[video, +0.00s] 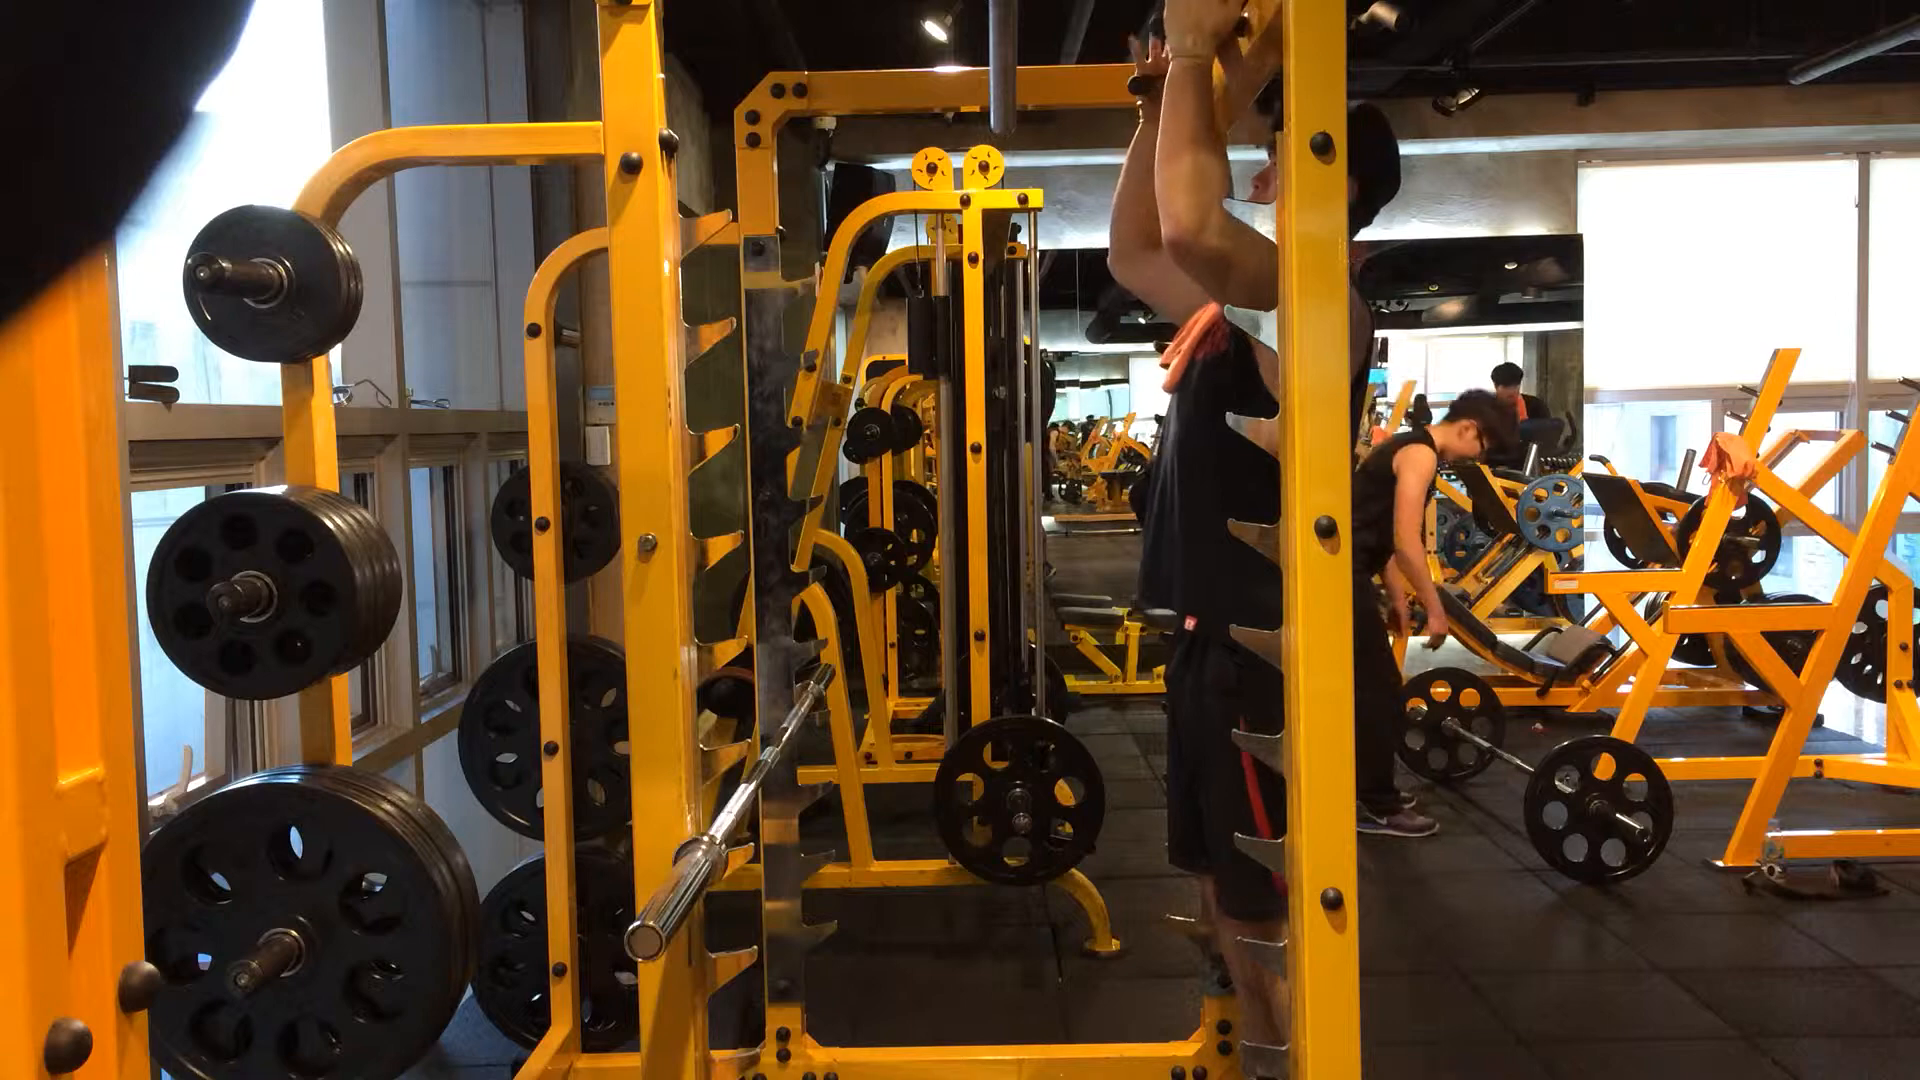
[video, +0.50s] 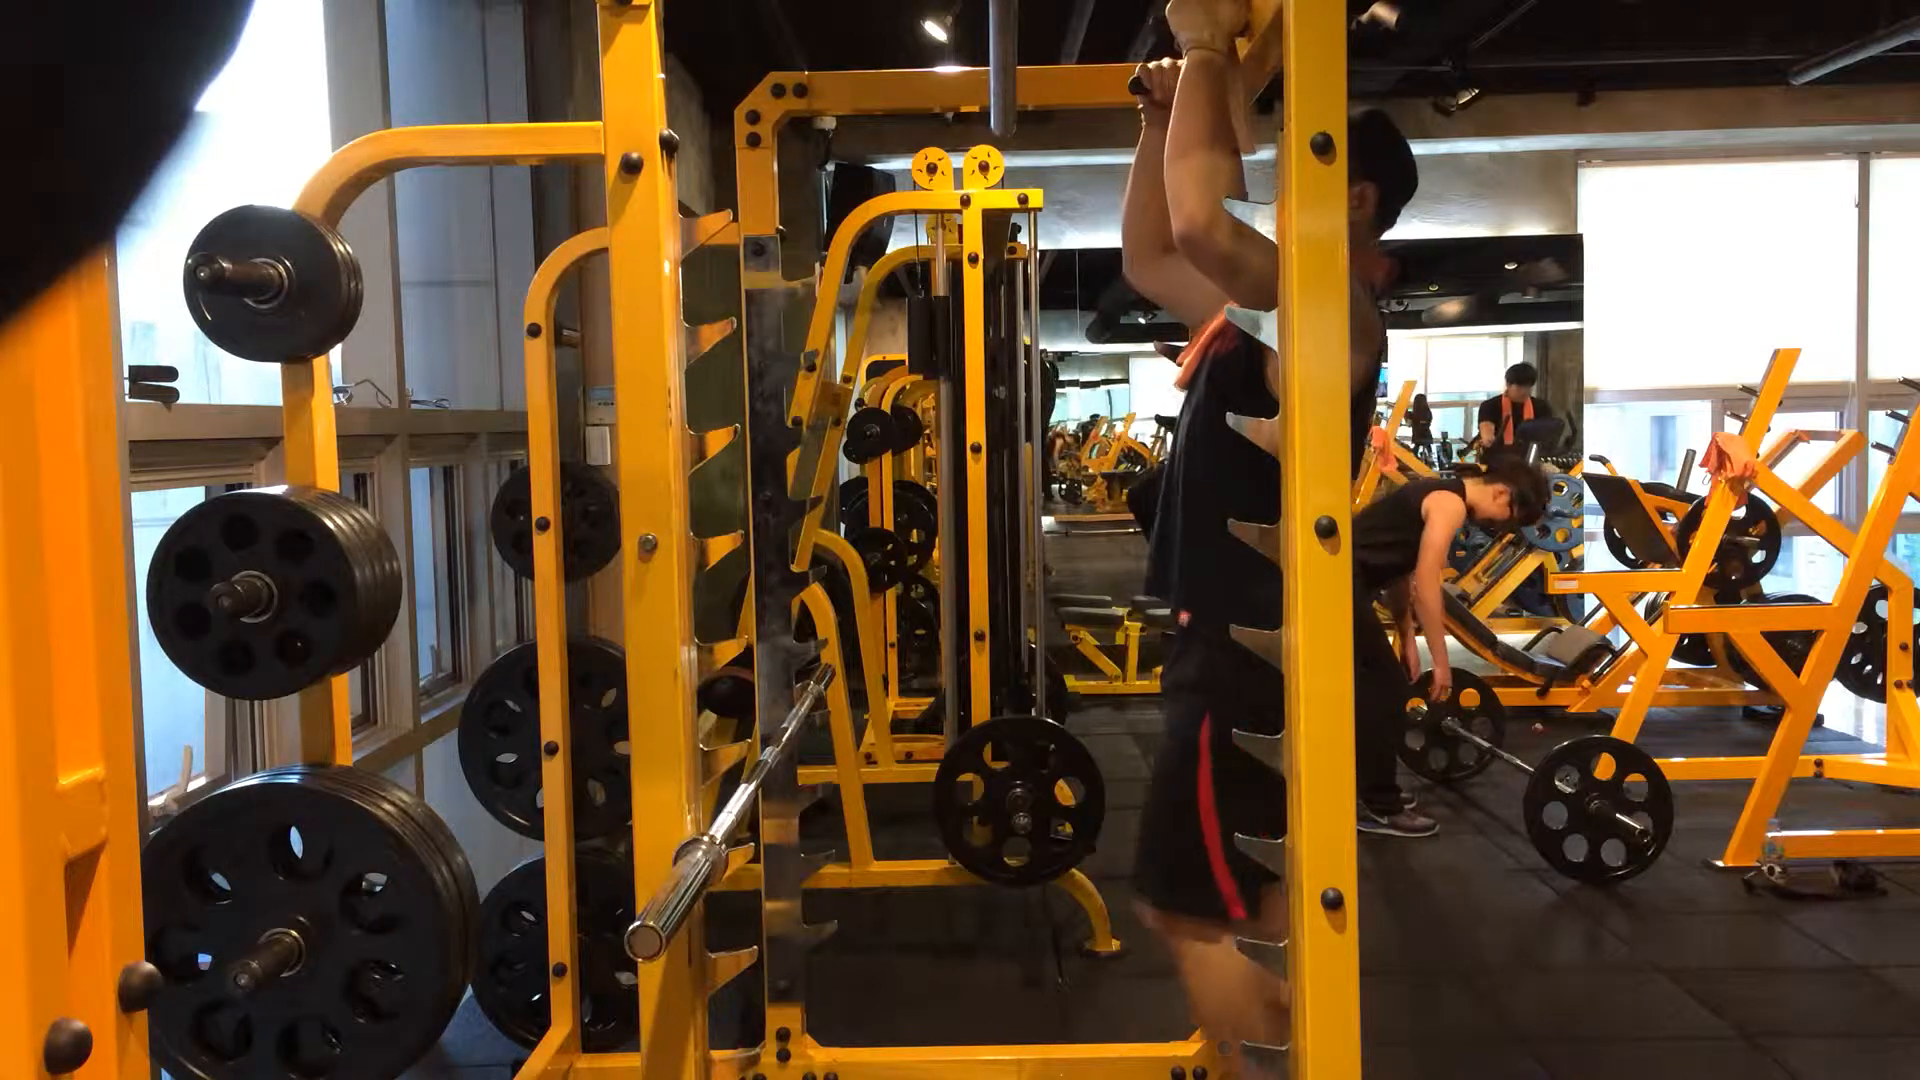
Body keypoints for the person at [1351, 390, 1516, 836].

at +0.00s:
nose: (1475, 458)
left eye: (1481, 452)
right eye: (1481, 447)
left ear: (1459, 425)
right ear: (1467, 426)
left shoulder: (1407, 448)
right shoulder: (1420, 453)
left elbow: (1381, 535)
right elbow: (1406, 540)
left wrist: (1397, 597)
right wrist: (1434, 608)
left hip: (1349, 574)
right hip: (1344, 576)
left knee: (1376, 682)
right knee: (1381, 685)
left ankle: (1375, 785)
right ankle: (1377, 801)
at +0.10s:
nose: (1478, 473)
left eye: (1486, 468)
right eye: (1486, 464)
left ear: (1475, 441)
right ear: (1478, 442)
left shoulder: (1416, 457)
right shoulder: (1426, 464)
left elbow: (1389, 544)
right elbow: (1410, 549)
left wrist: (1397, 606)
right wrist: (1436, 618)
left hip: (1350, 581)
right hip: (1344, 583)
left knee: (1378, 686)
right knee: (1384, 690)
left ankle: (1375, 790)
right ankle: (1377, 802)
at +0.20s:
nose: (1485, 487)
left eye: (1493, 483)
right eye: (1493, 479)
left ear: (1483, 455)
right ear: (1485, 457)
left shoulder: (1425, 464)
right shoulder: (1433, 473)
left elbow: (1395, 554)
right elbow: (1415, 557)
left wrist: (1401, 615)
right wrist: (1436, 626)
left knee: (1379, 686)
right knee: (1383, 688)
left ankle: (1373, 794)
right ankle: (1378, 801)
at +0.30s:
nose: (1489, 501)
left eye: (1498, 498)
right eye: (1497, 494)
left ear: (1489, 467)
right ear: (1491, 470)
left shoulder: (1430, 472)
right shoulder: (1440, 483)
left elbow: (1394, 559)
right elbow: (1419, 567)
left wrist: (1404, 623)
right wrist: (1437, 638)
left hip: (1349, 582)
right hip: (1345, 587)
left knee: (1381, 686)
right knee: (1384, 689)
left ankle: (1374, 794)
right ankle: (1376, 803)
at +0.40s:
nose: (1494, 514)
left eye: (1503, 512)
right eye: (1502, 507)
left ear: (1494, 480)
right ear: (1496, 482)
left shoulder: (1437, 483)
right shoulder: (1444, 494)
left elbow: (1398, 568)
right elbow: (1423, 575)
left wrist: (1406, 632)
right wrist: (1438, 651)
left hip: (1348, 580)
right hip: (1342, 581)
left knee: (1382, 682)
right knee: (1383, 685)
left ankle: (1375, 791)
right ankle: (1375, 802)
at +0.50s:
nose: (1497, 526)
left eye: (1506, 524)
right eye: (1506, 519)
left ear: (1498, 489)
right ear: (1501, 492)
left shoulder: (1438, 491)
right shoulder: (1449, 504)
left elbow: (1402, 575)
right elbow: (1425, 584)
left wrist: (1407, 638)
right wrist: (1440, 661)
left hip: (1344, 584)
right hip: (1340, 586)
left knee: (1386, 682)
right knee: (1385, 685)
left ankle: (1377, 790)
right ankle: (1377, 802)